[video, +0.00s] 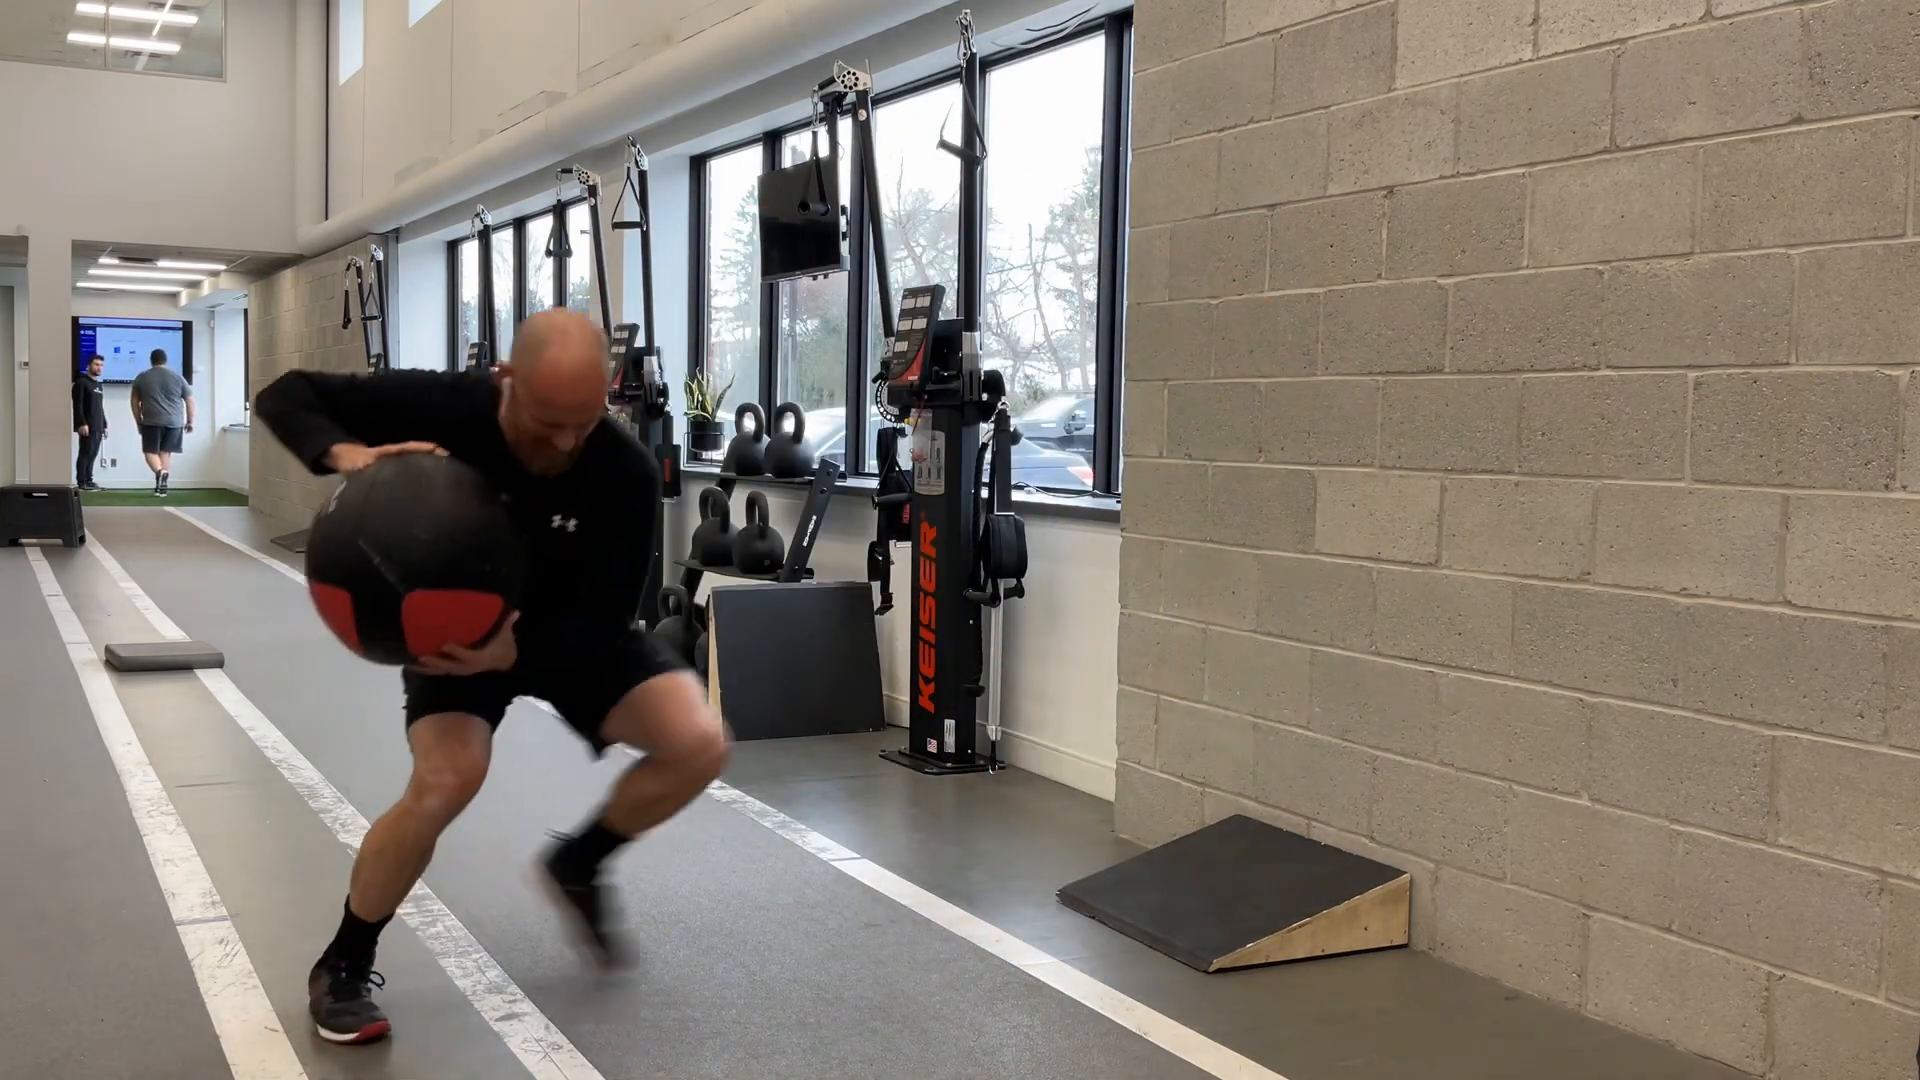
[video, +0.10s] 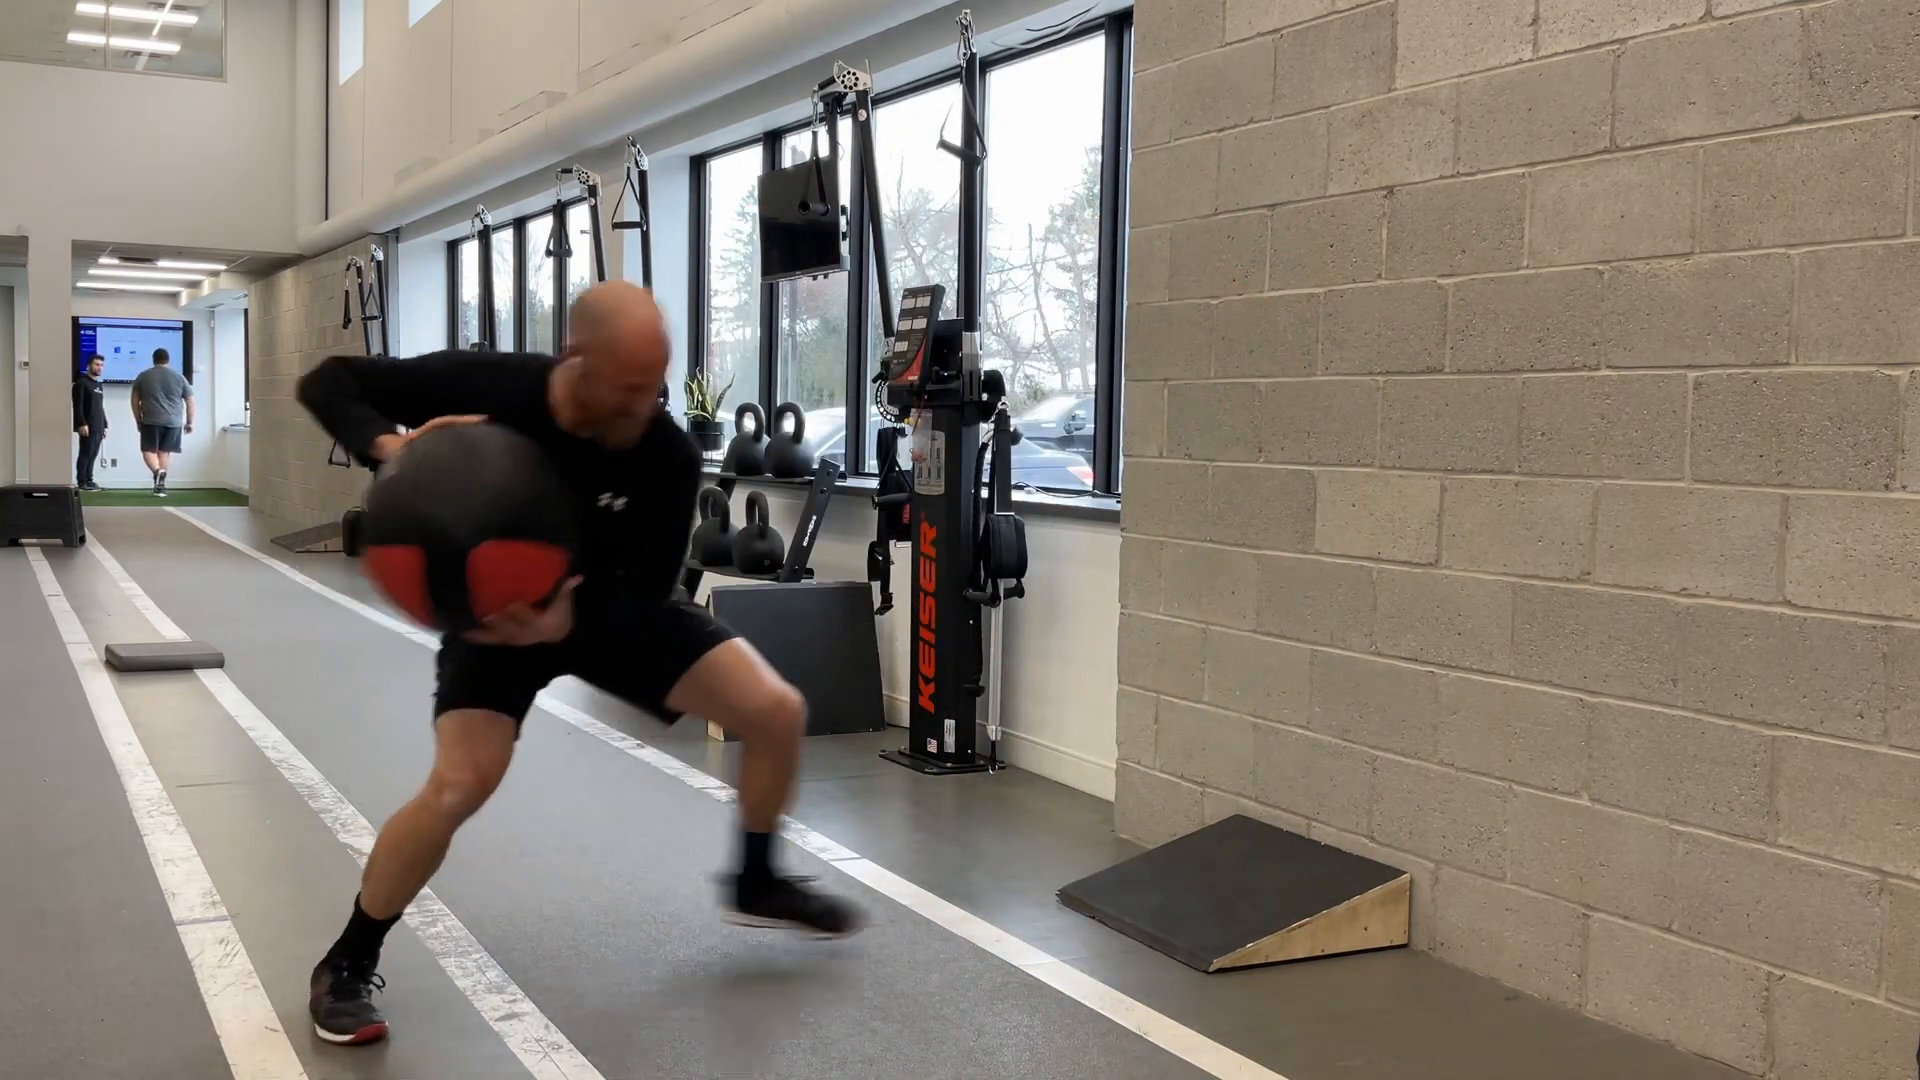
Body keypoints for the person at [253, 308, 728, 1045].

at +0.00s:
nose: (565, 443)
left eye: (582, 427)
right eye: (547, 425)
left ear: (607, 395)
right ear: (506, 383)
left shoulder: (626, 474)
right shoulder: (459, 407)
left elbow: (609, 616)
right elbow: (283, 397)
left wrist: (516, 651)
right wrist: (339, 452)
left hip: (579, 629)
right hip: (457, 634)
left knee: (699, 746)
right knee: (447, 780)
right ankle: (345, 965)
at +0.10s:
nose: (648, 403)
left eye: (655, 384)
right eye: (630, 387)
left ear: (664, 367)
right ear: (575, 360)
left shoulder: (670, 457)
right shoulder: (494, 389)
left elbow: (648, 589)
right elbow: (327, 382)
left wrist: (569, 621)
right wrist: (385, 444)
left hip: (614, 611)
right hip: (496, 621)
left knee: (775, 711)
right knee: (462, 783)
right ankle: (349, 965)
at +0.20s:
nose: (747, 346)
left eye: (752, 329)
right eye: (736, 329)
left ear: (710, 318)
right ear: (677, 319)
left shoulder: (735, 417)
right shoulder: (570, 370)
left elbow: (750, 551)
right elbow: (406, 393)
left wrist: (706, 562)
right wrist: (477, 445)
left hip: (668, 608)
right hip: (555, 610)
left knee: (824, 704)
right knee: (508, 789)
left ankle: (867, 890)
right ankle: (355, 964)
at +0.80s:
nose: (1025, 206)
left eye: (1027, 189)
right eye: (1024, 188)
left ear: (948, 173)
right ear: (993, 176)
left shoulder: (880, 259)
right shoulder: (964, 262)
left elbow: (807, 382)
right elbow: (955, 401)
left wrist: (806, 497)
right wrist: (1059, 456)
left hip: (841, 502)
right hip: (922, 499)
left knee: (901, 694)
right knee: (995, 693)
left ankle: (881, 903)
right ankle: (1040, 914)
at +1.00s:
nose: (1046, 201)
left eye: (1048, 185)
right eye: (1046, 183)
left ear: (975, 165)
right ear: (1018, 169)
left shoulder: (913, 252)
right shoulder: (997, 254)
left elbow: (869, 387)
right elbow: (1018, 389)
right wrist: (1125, 428)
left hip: (882, 499)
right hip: (959, 503)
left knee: (917, 696)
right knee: (999, 702)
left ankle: (881, 902)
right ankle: (1014, 929)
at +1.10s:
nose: (1057, 208)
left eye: (1061, 192)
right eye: (1060, 190)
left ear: (989, 166)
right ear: (1034, 171)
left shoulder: (920, 256)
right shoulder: (1005, 254)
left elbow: (877, 394)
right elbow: (1025, 390)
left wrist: (973, 419)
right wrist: (1134, 427)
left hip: (898, 500)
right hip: (975, 505)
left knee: (920, 696)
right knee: (1008, 704)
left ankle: (882, 902)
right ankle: (1015, 928)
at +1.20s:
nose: (1068, 217)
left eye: (1073, 202)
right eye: (1072, 199)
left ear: (1005, 171)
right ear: (1047, 176)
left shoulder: (926, 260)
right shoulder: (1012, 252)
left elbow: (879, 394)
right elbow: (1025, 383)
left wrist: (950, 449)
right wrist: (1134, 426)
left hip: (901, 496)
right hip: (979, 500)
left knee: (921, 696)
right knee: (1014, 700)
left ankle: (882, 901)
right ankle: (1015, 927)